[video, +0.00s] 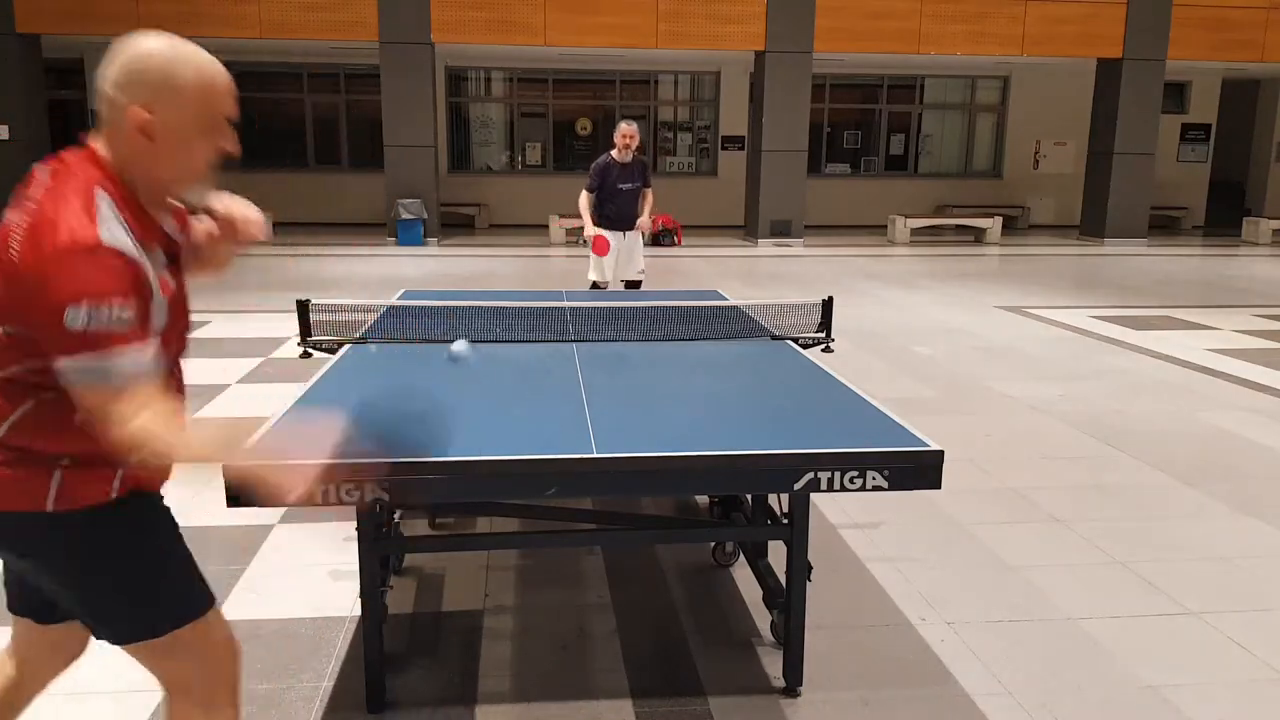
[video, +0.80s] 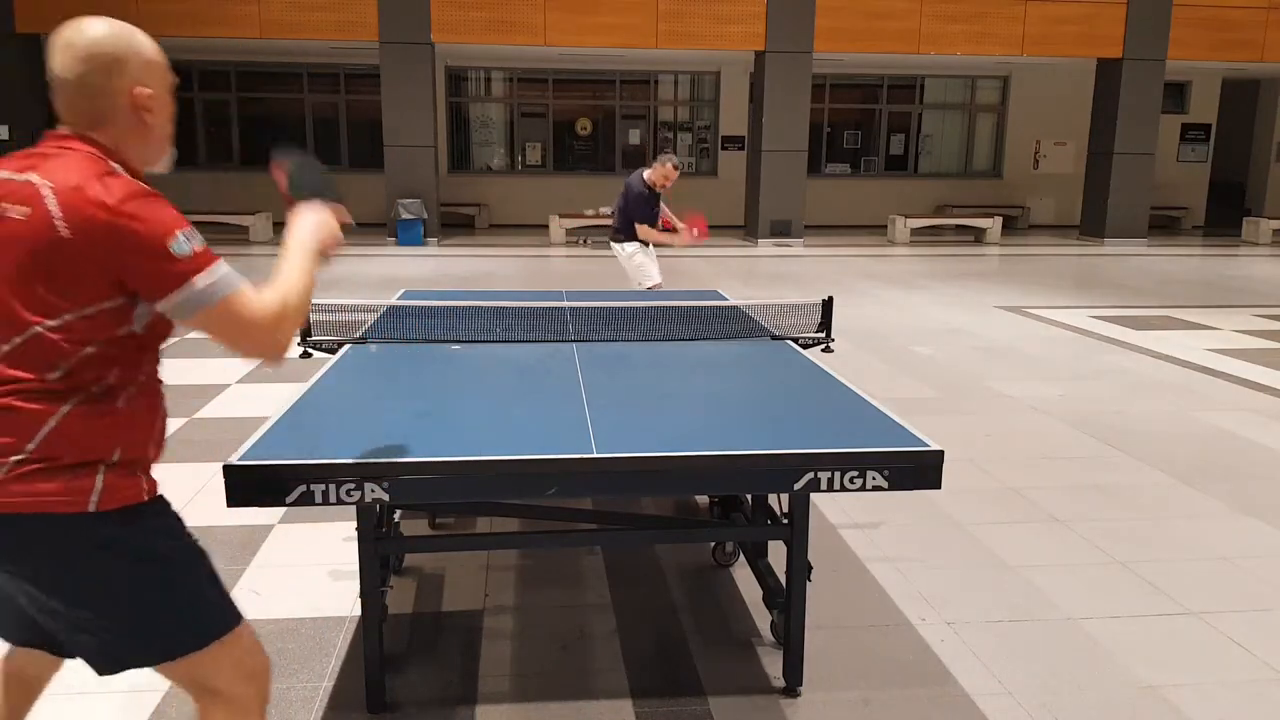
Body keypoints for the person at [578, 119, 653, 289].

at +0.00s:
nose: (628, 141)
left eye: (632, 137)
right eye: (624, 137)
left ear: (638, 140)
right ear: (615, 138)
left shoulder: (642, 165)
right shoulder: (601, 165)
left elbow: (647, 193)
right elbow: (585, 196)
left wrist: (645, 216)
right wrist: (588, 225)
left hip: (632, 233)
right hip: (605, 233)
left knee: (634, 283)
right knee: (600, 284)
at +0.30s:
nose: (638, 148)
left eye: (642, 144)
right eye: (634, 143)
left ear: (647, 146)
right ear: (624, 143)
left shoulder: (642, 167)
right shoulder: (609, 167)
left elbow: (643, 193)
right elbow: (586, 198)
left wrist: (648, 221)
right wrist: (602, 226)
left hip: (632, 234)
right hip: (605, 234)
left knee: (642, 278)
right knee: (602, 284)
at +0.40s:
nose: (644, 154)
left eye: (648, 149)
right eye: (640, 148)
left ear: (653, 151)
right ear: (630, 148)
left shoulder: (647, 170)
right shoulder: (618, 172)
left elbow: (647, 196)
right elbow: (598, 205)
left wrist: (656, 224)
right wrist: (612, 239)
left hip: (638, 237)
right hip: (612, 238)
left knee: (644, 284)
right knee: (610, 289)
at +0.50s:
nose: (651, 158)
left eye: (655, 154)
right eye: (647, 152)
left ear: (658, 155)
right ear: (636, 151)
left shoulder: (650, 172)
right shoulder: (623, 175)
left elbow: (651, 200)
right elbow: (613, 213)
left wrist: (663, 230)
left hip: (640, 236)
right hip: (616, 234)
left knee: (648, 281)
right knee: (625, 279)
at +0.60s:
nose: (657, 160)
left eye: (661, 156)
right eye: (653, 154)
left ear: (664, 156)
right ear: (643, 150)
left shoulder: (652, 170)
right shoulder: (628, 174)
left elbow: (653, 197)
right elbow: (631, 215)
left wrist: (668, 227)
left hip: (641, 230)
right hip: (619, 230)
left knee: (647, 279)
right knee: (637, 277)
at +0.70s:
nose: (663, 170)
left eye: (667, 166)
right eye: (660, 163)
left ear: (671, 165)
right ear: (649, 155)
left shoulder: (653, 175)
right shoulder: (634, 178)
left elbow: (656, 203)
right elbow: (647, 219)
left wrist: (672, 227)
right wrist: (669, 207)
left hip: (642, 233)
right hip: (622, 233)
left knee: (648, 281)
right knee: (645, 280)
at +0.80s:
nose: (667, 185)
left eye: (671, 181)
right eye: (665, 178)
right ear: (654, 168)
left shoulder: (650, 180)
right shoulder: (638, 191)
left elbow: (656, 204)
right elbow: (643, 233)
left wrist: (676, 223)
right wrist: (675, 239)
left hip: (642, 239)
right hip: (626, 241)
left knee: (653, 285)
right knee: (653, 286)